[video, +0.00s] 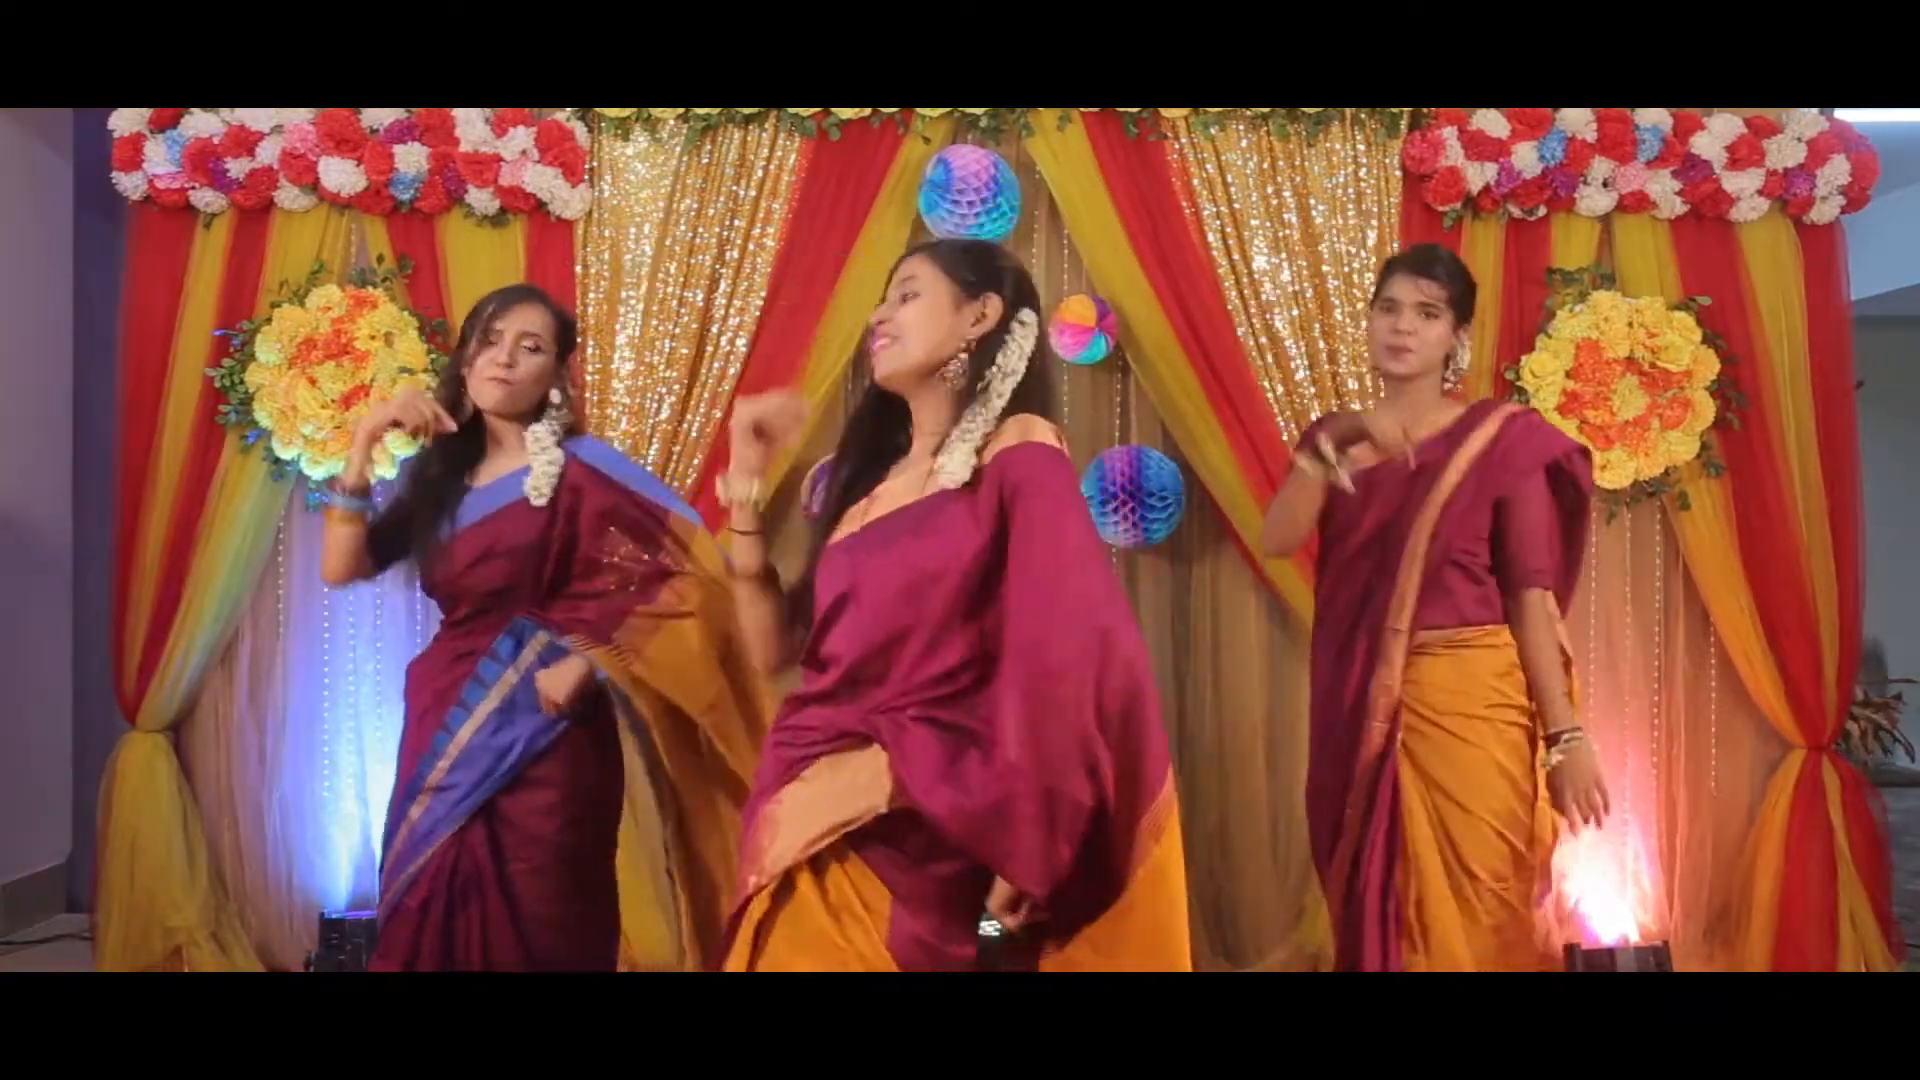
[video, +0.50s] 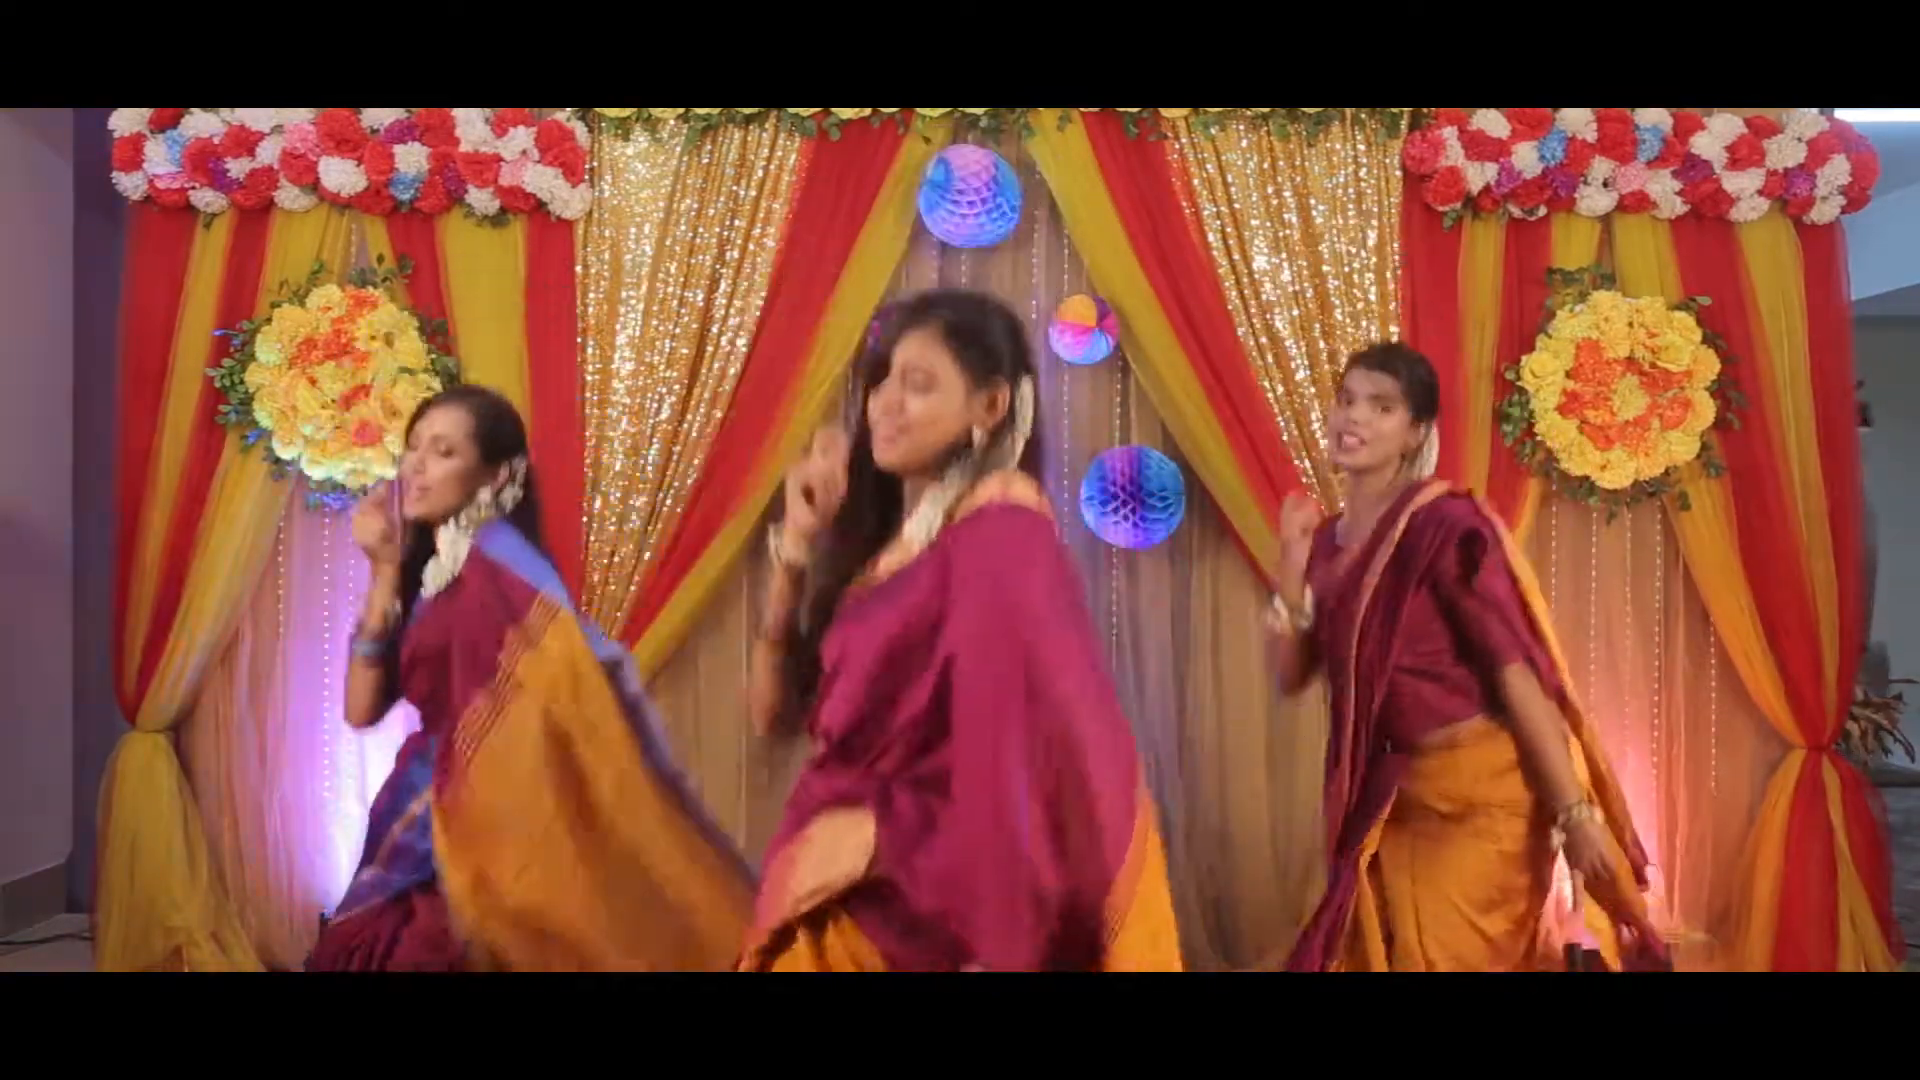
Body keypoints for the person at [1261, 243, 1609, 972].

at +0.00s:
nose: (1400, 325)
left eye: (1424, 312)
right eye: (1387, 307)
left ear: (1457, 337)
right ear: (1367, 322)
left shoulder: (1503, 437)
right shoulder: (1335, 439)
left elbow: (1533, 598)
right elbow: (1277, 537)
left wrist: (1565, 734)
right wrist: (1325, 451)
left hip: (1471, 695)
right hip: (1360, 699)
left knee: (1472, 915)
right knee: (1370, 909)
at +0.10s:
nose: (1386, 315)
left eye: (1411, 305)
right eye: (1377, 300)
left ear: (1448, 336)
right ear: (1361, 317)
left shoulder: (1480, 433)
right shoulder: (1332, 442)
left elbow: (1524, 589)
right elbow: (1266, 528)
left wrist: (1570, 730)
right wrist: (1309, 411)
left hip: (1463, 712)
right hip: (1357, 714)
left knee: (1465, 926)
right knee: (1367, 921)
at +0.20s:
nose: (1368, 348)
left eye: (1397, 339)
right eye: (1362, 334)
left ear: (1433, 375)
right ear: (1346, 354)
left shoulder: (1453, 468)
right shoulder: (1341, 478)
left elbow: (1522, 622)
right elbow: (1271, 590)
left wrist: (1581, 760)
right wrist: (1300, 485)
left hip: (1468, 750)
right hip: (1380, 751)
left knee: (1456, 941)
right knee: (1377, 940)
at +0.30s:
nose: (1354, 406)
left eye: (1384, 397)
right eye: (1348, 391)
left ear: (1419, 434)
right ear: (1333, 409)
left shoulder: (1437, 533)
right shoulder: (1331, 538)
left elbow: (1519, 681)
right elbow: (1308, 693)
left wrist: (1590, 810)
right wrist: (1301, 597)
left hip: (1483, 806)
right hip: (1385, 804)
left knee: (1423, 952)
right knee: (1337, 948)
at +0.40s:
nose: (1344, 435)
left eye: (1373, 427)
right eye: (1339, 420)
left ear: (1410, 464)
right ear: (1324, 437)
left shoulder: (1431, 559)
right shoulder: (1325, 567)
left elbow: (1513, 704)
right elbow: (1299, 717)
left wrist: (1583, 838)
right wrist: (1296, 620)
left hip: (1490, 833)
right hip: (1393, 833)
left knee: (1425, 957)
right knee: (1321, 960)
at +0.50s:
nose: (1351, 417)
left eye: (1377, 406)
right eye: (1344, 400)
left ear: (1417, 431)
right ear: (1329, 411)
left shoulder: (1451, 525)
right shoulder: (1330, 541)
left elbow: (1515, 672)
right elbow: (1290, 677)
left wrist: (1575, 812)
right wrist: (1292, 565)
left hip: (1491, 799)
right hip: (1395, 802)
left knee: (1448, 958)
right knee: (1365, 956)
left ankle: (1576, 959)